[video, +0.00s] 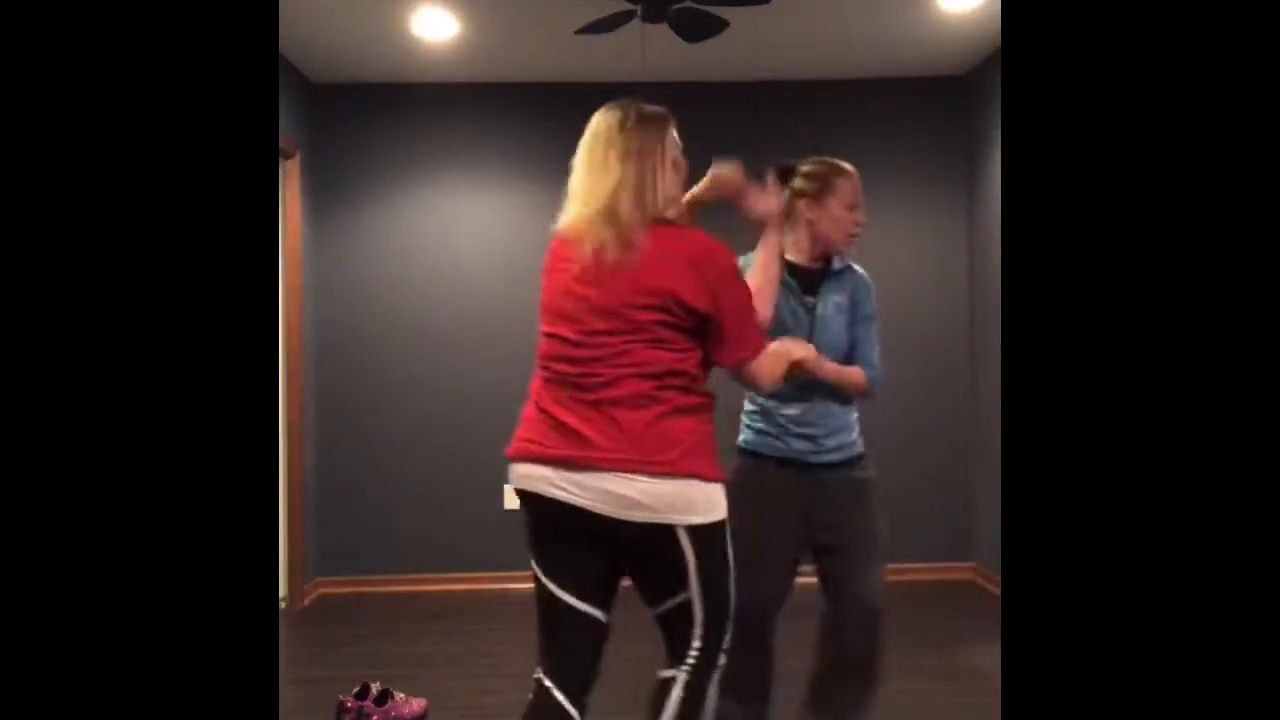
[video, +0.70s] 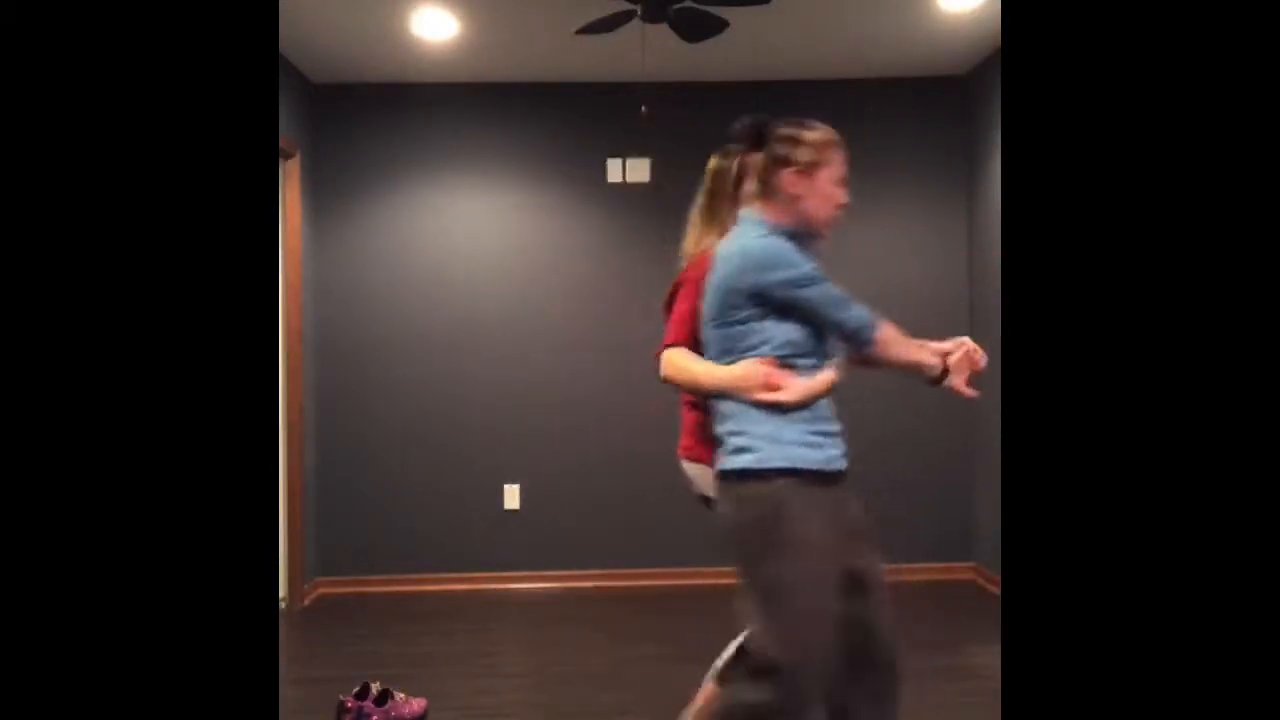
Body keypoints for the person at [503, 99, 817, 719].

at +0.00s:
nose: (680, 172)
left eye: (681, 160)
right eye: (676, 159)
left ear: (593, 166)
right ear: (657, 167)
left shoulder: (565, 245)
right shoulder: (697, 254)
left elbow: (640, 236)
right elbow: (761, 369)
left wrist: (702, 193)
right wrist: (791, 350)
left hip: (555, 486)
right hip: (667, 497)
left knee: (562, 670)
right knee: (696, 654)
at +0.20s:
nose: (702, 188)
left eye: (700, 173)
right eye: (693, 173)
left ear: (621, 181)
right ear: (667, 182)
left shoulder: (597, 258)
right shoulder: (692, 263)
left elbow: (688, 245)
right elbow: (733, 380)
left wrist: (750, 169)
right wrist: (815, 371)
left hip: (590, 484)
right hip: (686, 497)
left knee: (613, 650)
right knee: (674, 666)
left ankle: (579, 710)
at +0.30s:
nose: (719, 178)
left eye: (715, 166)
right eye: (709, 167)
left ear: (646, 181)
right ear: (679, 180)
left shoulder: (629, 262)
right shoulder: (695, 264)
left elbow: (717, 263)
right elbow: (704, 370)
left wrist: (774, 201)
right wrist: (816, 374)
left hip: (625, 480)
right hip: (694, 490)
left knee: (667, 627)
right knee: (685, 650)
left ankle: (619, 707)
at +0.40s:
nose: (738, 179)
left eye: (732, 167)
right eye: (725, 168)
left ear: (675, 182)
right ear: (691, 180)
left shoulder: (664, 257)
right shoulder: (695, 262)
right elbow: (685, 367)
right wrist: (810, 369)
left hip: (664, 467)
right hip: (697, 475)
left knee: (743, 595)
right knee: (691, 646)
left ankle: (705, 699)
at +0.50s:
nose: (753, 182)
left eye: (750, 171)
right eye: (742, 171)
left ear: (708, 183)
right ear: (705, 180)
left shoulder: (730, 262)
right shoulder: (689, 260)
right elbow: (679, 367)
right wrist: (795, 365)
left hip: (736, 458)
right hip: (698, 461)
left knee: (768, 602)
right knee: (707, 626)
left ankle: (769, 707)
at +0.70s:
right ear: (749, 190)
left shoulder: (777, 265)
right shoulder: (709, 268)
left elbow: (837, 348)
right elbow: (671, 360)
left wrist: (814, 384)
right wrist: (736, 378)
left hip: (774, 451)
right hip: (720, 456)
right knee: (783, 608)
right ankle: (708, 703)